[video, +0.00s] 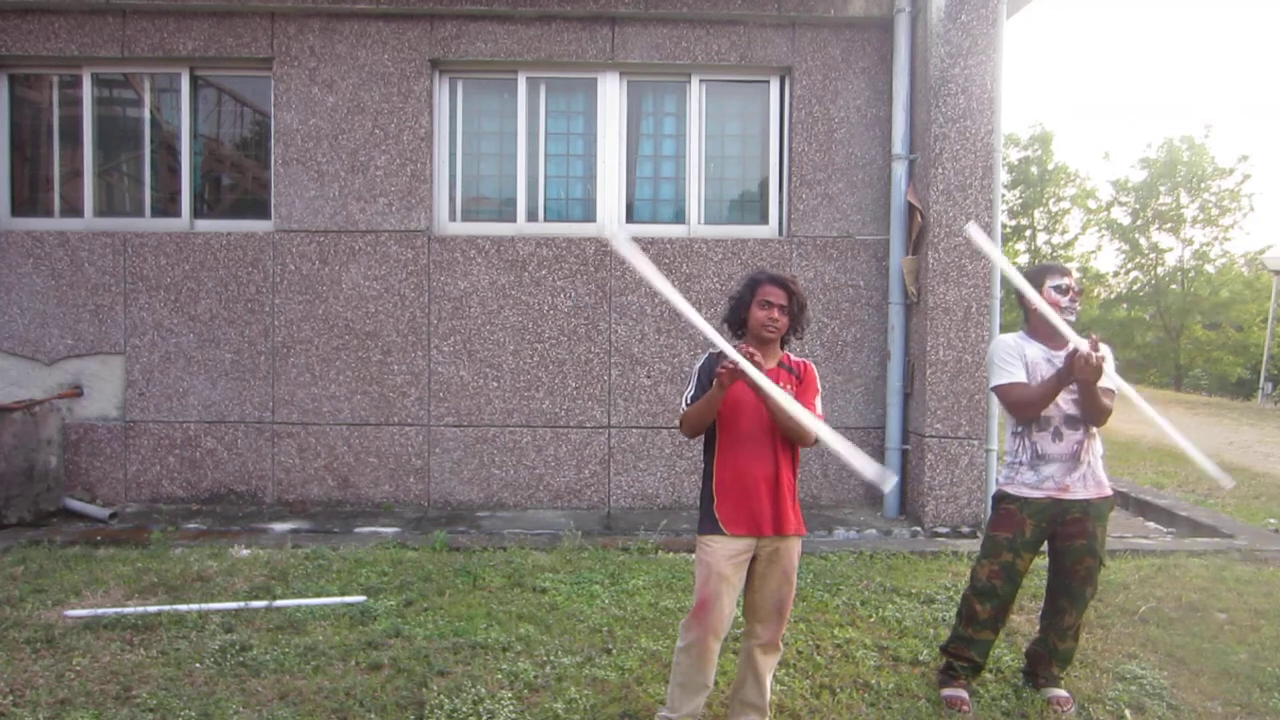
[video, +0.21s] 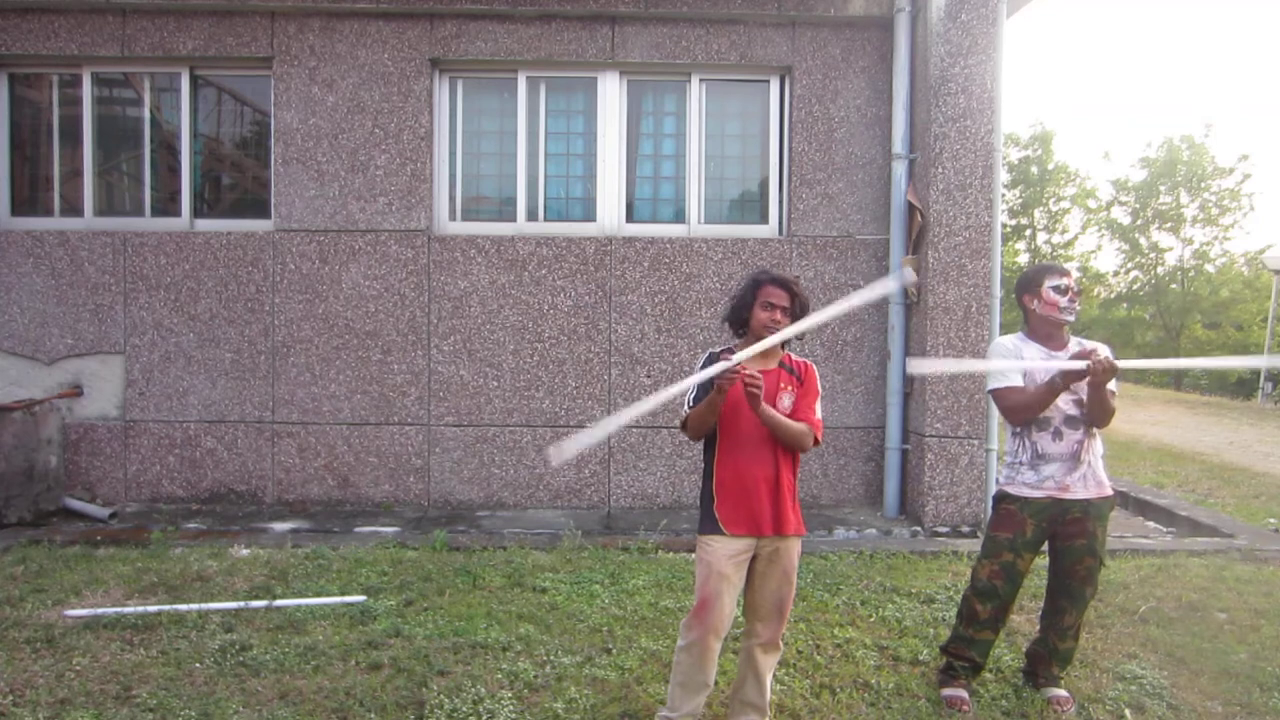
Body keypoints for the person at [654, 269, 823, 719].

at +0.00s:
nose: (774, 315)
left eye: (783, 309)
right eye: (765, 305)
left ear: (791, 320)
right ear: (744, 311)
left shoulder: (801, 370)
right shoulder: (717, 362)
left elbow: (806, 436)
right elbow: (689, 427)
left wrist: (764, 381)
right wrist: (722, 386)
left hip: (782, 519)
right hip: (725, 518)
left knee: (767, 635)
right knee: (707, 623)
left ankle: (750, 714)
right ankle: (679, 714)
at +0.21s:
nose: (776, 317)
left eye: (784, 311)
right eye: (767, 307)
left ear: (792, 320)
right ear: (746, 311)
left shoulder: (803, 371)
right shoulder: (719, 363)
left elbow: (806, 438)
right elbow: (693, 429)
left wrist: (762, 409)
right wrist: (720, 391)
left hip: (782, 520)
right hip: (725, 518)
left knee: (767, 634)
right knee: (708, 622)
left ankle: (750, 714)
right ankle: (679, 714)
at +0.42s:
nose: (786, 320)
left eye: (794, 314)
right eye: (778, 308)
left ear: (798, 323)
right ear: (751, 309)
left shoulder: (803, 371)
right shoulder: (717, 364)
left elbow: (803, 441)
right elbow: (695, 431)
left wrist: (763, 414)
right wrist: (719, 393)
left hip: (780, 518)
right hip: (723, 516)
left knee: (767, 635)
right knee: (709, 620)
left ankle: (750, 714)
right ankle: (678, 714)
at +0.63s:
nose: (789, 322)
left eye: (797, 316)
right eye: (781, 311)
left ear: (800, 324)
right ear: (753, 311)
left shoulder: (803, 371)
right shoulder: (718, 362)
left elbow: (798, 440)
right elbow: (695, 431)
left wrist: (763, 405)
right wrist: (720, 395)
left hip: (782, 520)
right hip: (725, 518)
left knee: (767, 634)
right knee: (707, 623)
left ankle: (749, 714)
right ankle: (678, 714)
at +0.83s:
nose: (789, 325)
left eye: (797, 319)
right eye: (782, 313)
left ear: (800, 324)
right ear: (754, 310)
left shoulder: (802, 371)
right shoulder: (716, 362)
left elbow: (799, 434)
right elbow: (694, 432)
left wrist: (769, 392)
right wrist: (727, 393)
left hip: (782, 520)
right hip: (725, 519)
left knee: (767, 635)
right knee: (708, 623)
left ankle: (749, 714)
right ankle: (678, 714)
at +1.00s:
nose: (791, 327)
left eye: (799, 321)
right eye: (783, 315)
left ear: (802, 327)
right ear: (756, 312)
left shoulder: (802, 372)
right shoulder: (718, 362)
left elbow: (803, 432)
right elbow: (689, 429)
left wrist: (771, 385)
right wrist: (722, 390)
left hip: (782, 520)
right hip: (725, 518)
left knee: (767, 635)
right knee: (707, 622)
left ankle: (749, 714)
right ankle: (678, 714)